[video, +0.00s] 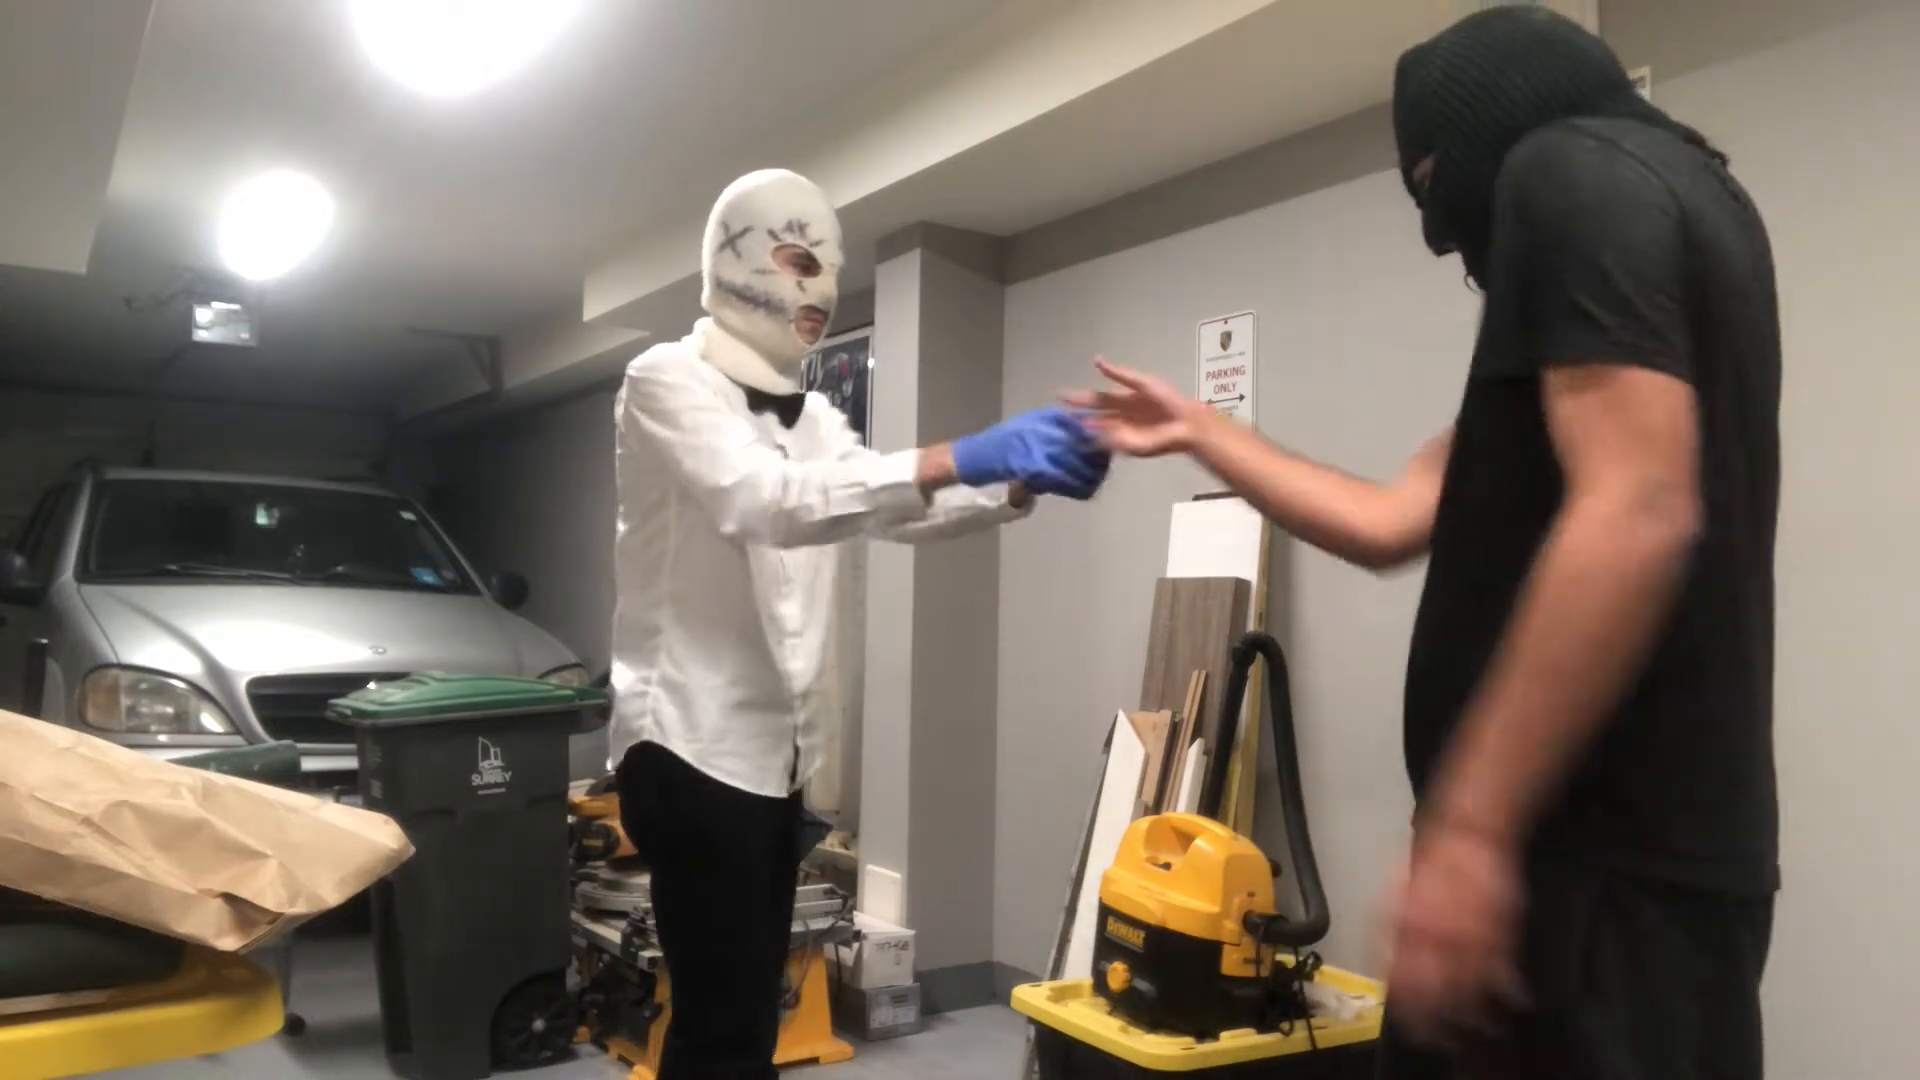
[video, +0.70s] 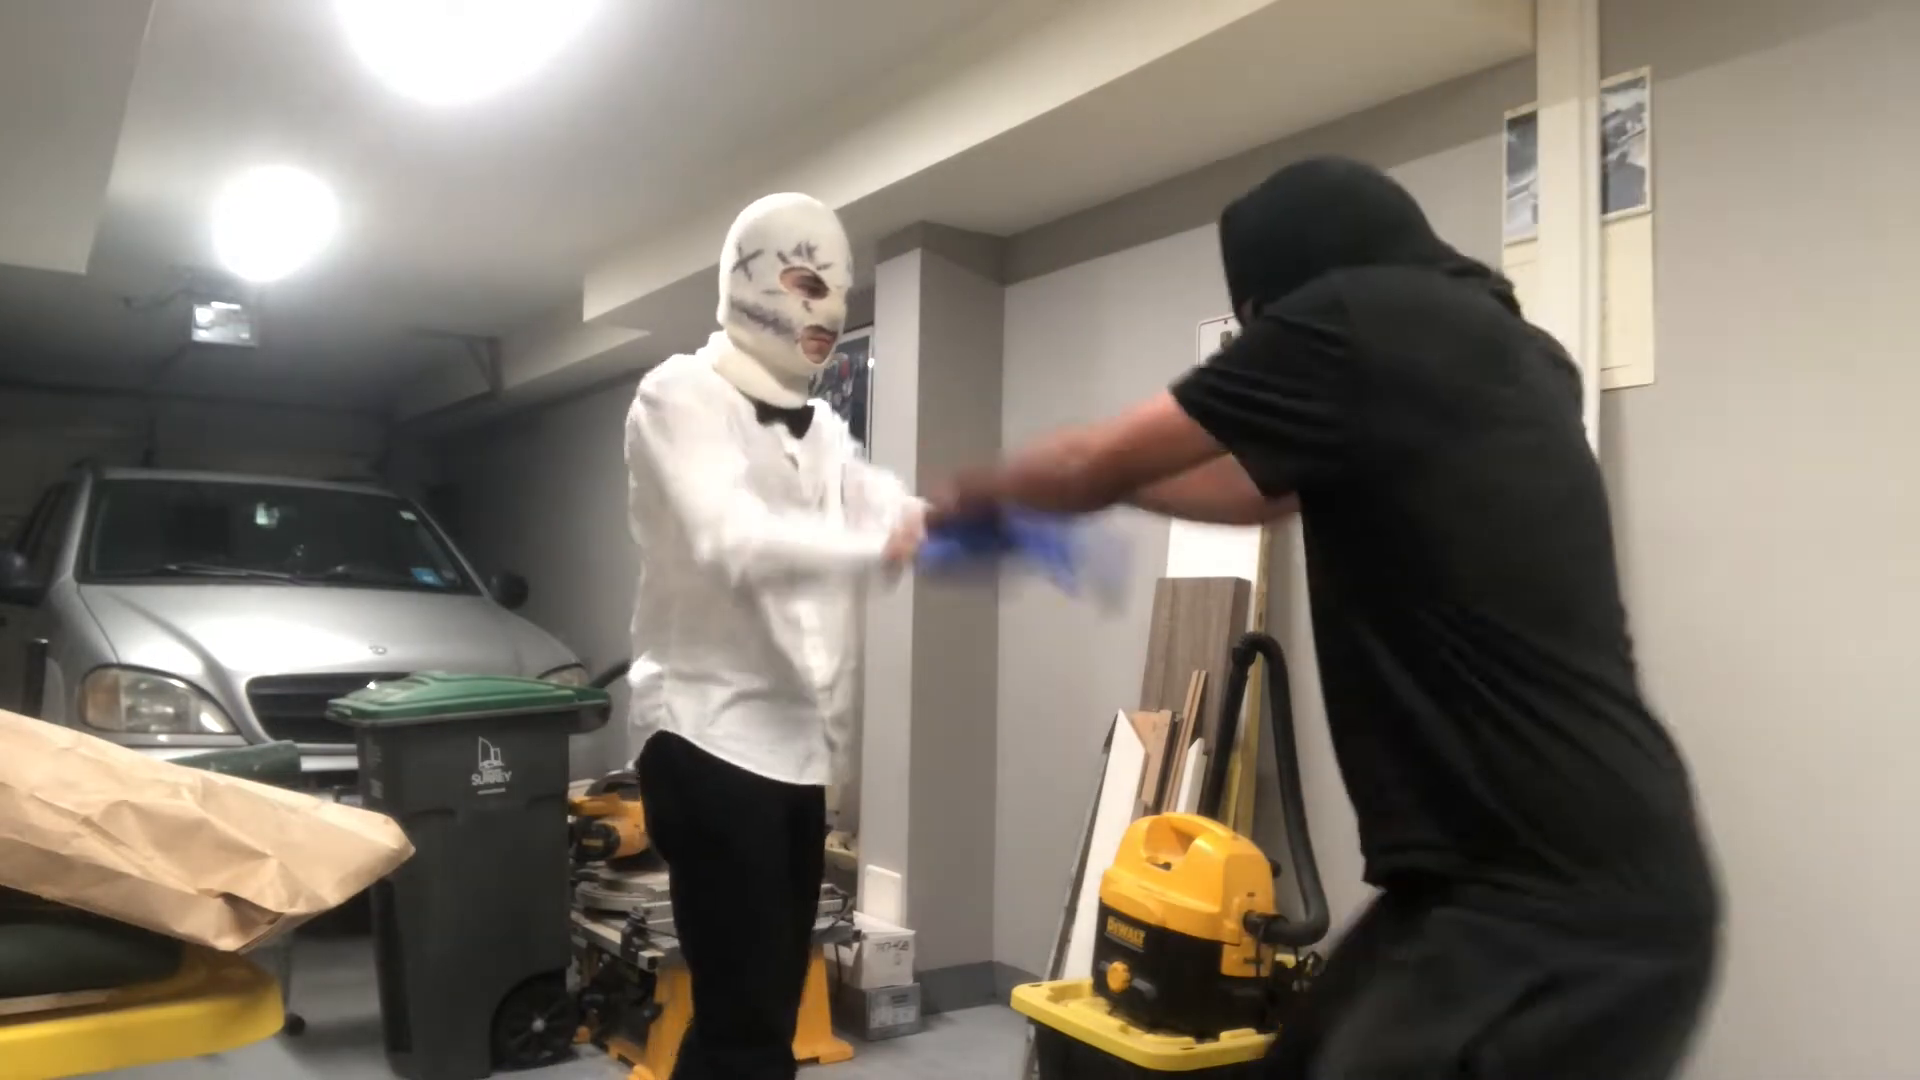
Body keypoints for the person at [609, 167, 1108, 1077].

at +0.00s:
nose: (821, 285)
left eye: (829, 266)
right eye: (797, 260)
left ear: (831, 277)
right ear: (732, 266)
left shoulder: (816, 423)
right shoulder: (669, 379)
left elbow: (894, 511)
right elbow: (763, 501)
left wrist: (1025, 484)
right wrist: (964, 456)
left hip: (776, 758)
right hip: (688, 752)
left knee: (745, 1021)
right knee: (722, 1026)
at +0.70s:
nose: (827, 317)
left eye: (837, 297)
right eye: (805, 289)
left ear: (844, 304)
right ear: (746, 286)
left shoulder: (817, 429)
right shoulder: (681, 393)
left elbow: (880, 507)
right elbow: (731, 545)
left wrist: (958, 521)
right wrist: (886, 543)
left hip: (794, 745)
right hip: (705, 740)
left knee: (764, 1022)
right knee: (740, 1023)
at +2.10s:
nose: (774, 324)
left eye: (784, 304)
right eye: (752, 299)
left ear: (792, 309)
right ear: (696, 298)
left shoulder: (749, 427)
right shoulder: (639, 392)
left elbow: (845, 492)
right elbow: (722, 506)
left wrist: (964, 471)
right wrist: (915, 462)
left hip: (695, 729)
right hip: (627, 721)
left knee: (682, 986)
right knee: (739, 988)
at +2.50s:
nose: (816, 319)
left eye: (824, 303)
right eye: (796, 294)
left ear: (829, 314)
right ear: (734, 291)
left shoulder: (761, 433)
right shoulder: (682, 391)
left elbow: (833, 565)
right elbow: (731, 514)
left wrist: (937, 549)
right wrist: (899, 524)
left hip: (728, 741)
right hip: (671, 738)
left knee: (731, 1005)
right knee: (757, 1012)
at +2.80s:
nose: (843, 349)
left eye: (853, 333)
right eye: (826, 321)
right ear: (772, 314)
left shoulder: (748, 423)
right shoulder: (724, 397)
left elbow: (791, 634)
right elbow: (737, 519)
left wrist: (897, 563)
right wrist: (897, 400)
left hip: (670, 765)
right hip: (727, 761)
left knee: (692, 1026)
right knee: (896, 998)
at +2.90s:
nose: (857, 349)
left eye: (863, 330)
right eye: (839, 320)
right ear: (784, 314)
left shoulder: (755, 419)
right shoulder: (748, 393)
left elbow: (817, 625)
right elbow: (812, 494)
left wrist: (923, 552)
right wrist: (970, 391)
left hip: (695, 764)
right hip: (750, 756)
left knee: (704, 1031)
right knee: (898, 1023)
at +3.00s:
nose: (876, 343)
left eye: (884, 326)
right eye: (856, 316)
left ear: (886, 335)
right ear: (800, 317)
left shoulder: (783, 421)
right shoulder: (764, 406)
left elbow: (838, 636)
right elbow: (812, 512)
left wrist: (944, 574)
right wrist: (930, 378)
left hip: (738, 777)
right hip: (802, 772)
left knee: (731, 1029)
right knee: (925, 1043)